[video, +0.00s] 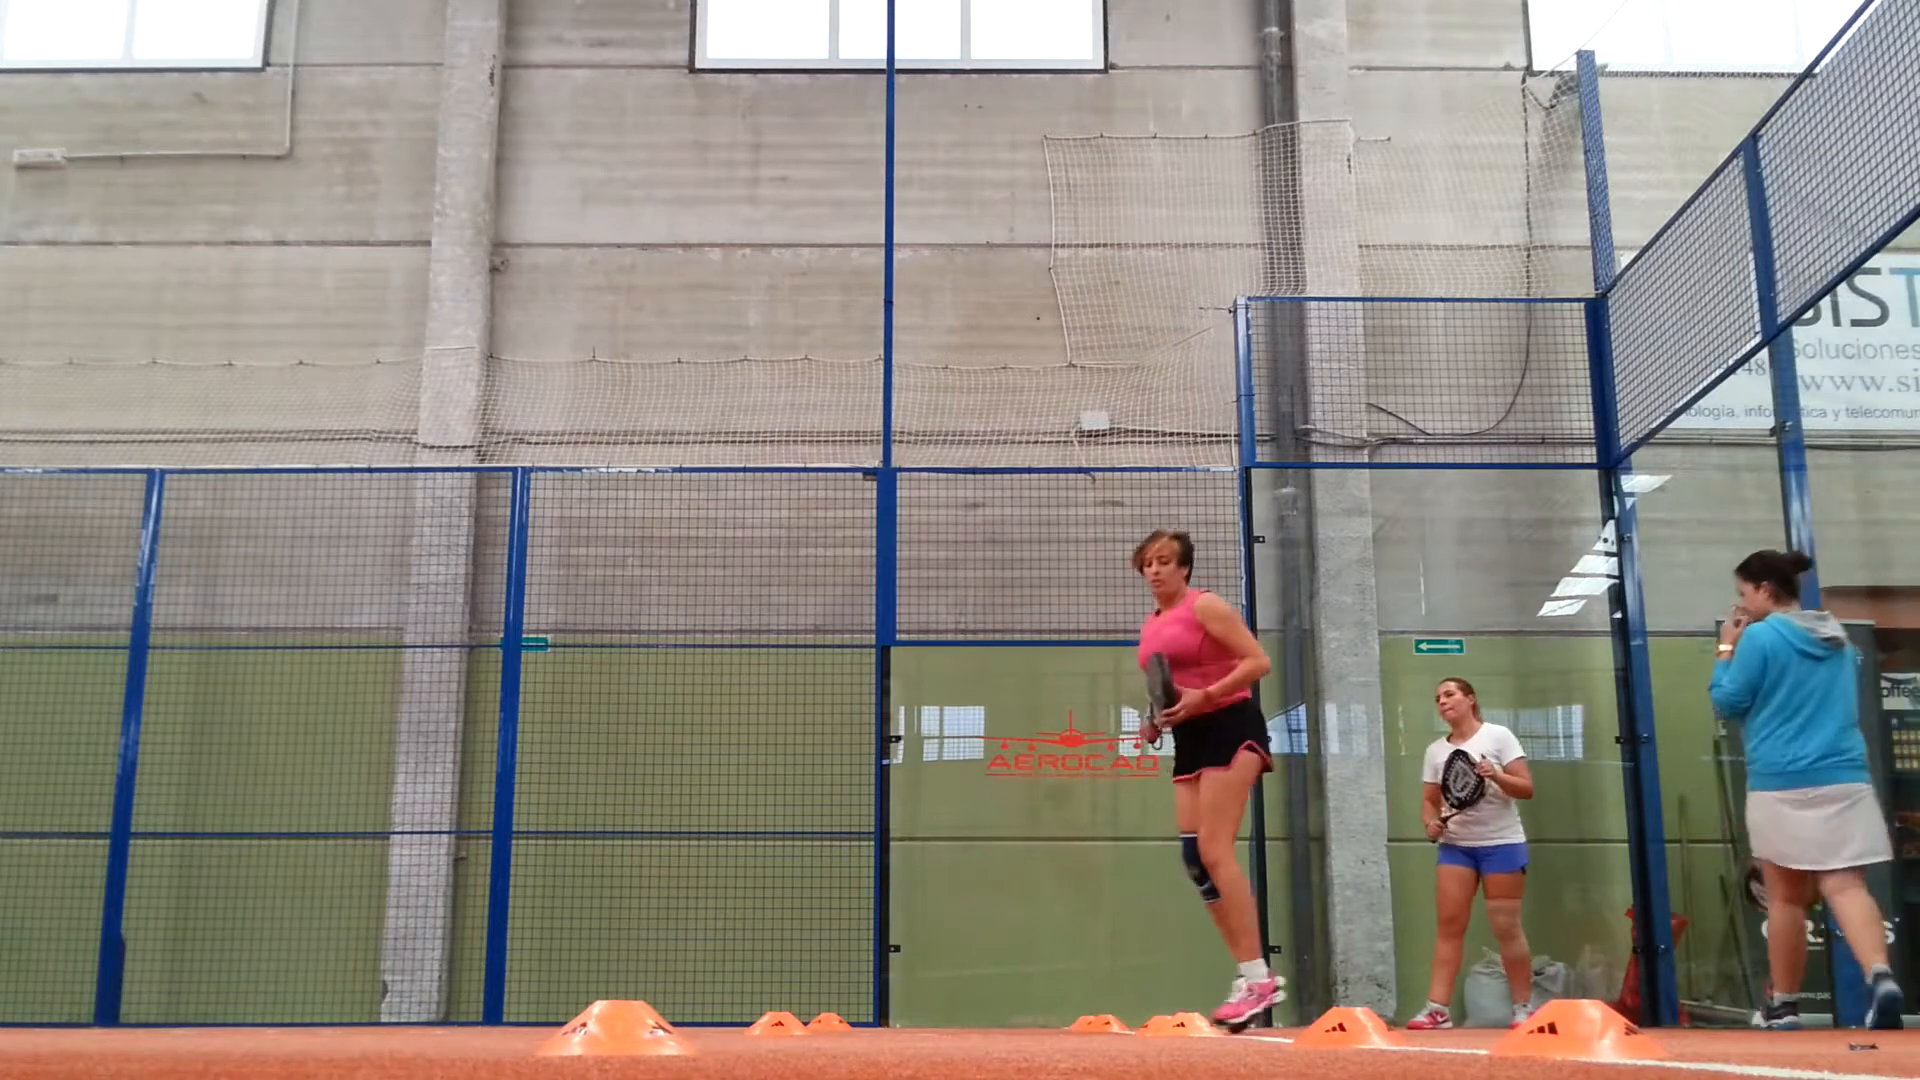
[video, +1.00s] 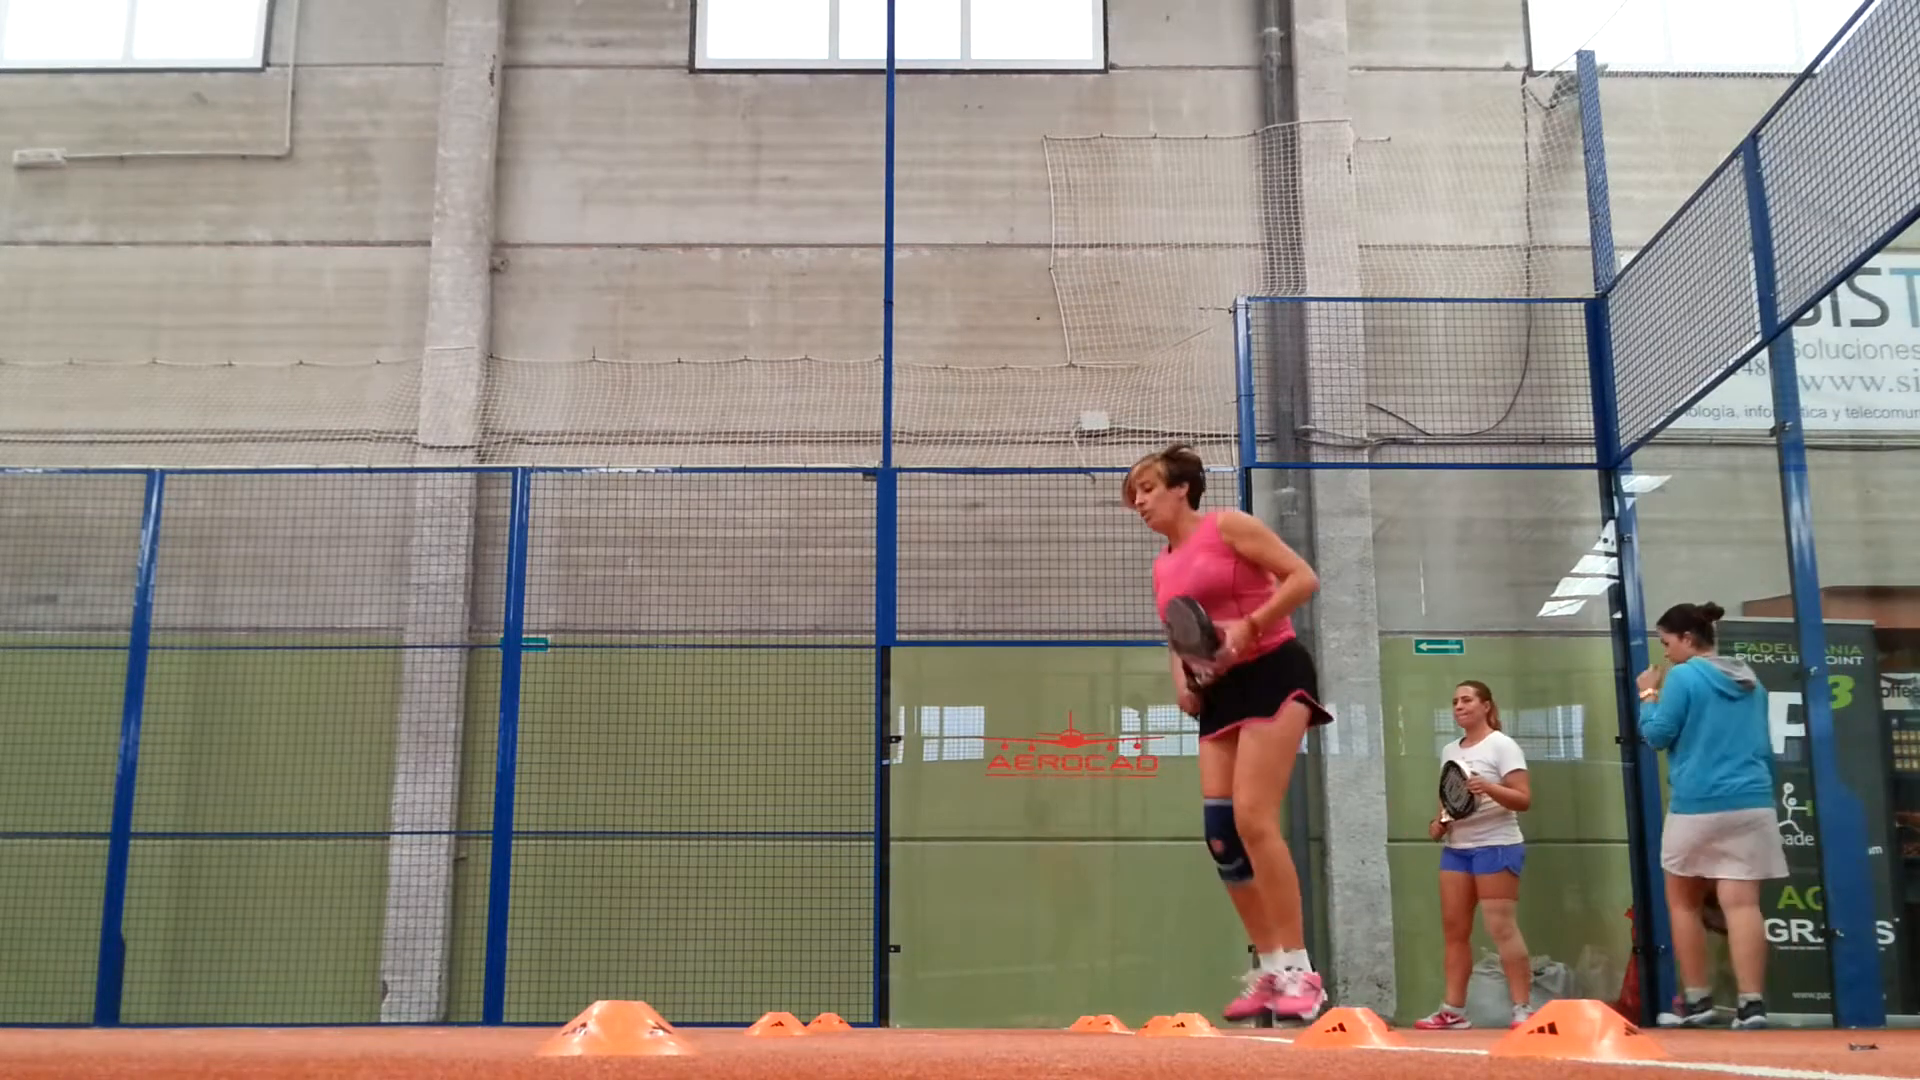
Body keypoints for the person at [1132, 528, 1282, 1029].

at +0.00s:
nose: (1154, 570)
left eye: (1164, 562)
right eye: (1148, 564)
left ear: (1184, 568)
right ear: (1142, 573)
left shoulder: (1207, 606)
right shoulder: (1152, 624)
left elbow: (1258, 661)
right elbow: (1166, 687)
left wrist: (1206, 697)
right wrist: (1156, 719)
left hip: (1232, 734)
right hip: (1191, 738)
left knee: (1216, 852)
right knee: (1197, 861)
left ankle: (1259, 975)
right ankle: (1250, 976)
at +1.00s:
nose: (1138, 503)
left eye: (1146, 490)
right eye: (1134, 495)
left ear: (1182, 489)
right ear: (1144, 505)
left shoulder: (1228, 525)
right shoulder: (1164, 564)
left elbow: (1304, 578)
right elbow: (1177, 632)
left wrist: (1252, 623)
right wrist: (1180, 678)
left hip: (1274, 677)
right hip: (1219, 691)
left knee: (1255, 820)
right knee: (1222, 837)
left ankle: (1299, 972)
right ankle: (1271, 971)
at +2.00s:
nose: (1064, 655)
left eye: (1075, 642)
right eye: (1056, 646)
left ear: (1108, 642)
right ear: (1051, 651)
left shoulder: (1160, 666)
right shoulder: (1058, 698)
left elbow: (1236, 719)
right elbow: (997, 774)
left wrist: (1284, 789)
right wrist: (950, 846)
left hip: (1165, 764)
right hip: (1081, 767)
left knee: (1223, 865)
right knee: (1022, 867)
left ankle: (1248, 999)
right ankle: (970, 1000)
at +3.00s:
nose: (1320, 324)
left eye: (1337, 312)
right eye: (1310, 316)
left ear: (1366, 329)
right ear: (1299, 336)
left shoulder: (1388, 386)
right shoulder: (1322, 417)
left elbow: (1466, 475)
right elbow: (1356, 513)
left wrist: (1381, 528)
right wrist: (1324, 560)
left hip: (1429, 579)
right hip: (1376, 594)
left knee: (1404, 771)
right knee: (1400, 781)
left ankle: (1508, 954)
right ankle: (1462, 973)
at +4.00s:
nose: (1447, 46)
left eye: (1467, 25)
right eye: (1438, 39)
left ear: (1530, 29)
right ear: (1445, 62)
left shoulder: (1576, 94)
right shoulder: (1500, 167)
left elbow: (1697, 195)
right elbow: (1558, 307)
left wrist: (1555, 276)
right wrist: (1501, 380)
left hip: (1651, 369)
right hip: (1570, 404)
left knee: (1638, 642)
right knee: (1540, 676)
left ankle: (1807, 942)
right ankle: (1676, 942)